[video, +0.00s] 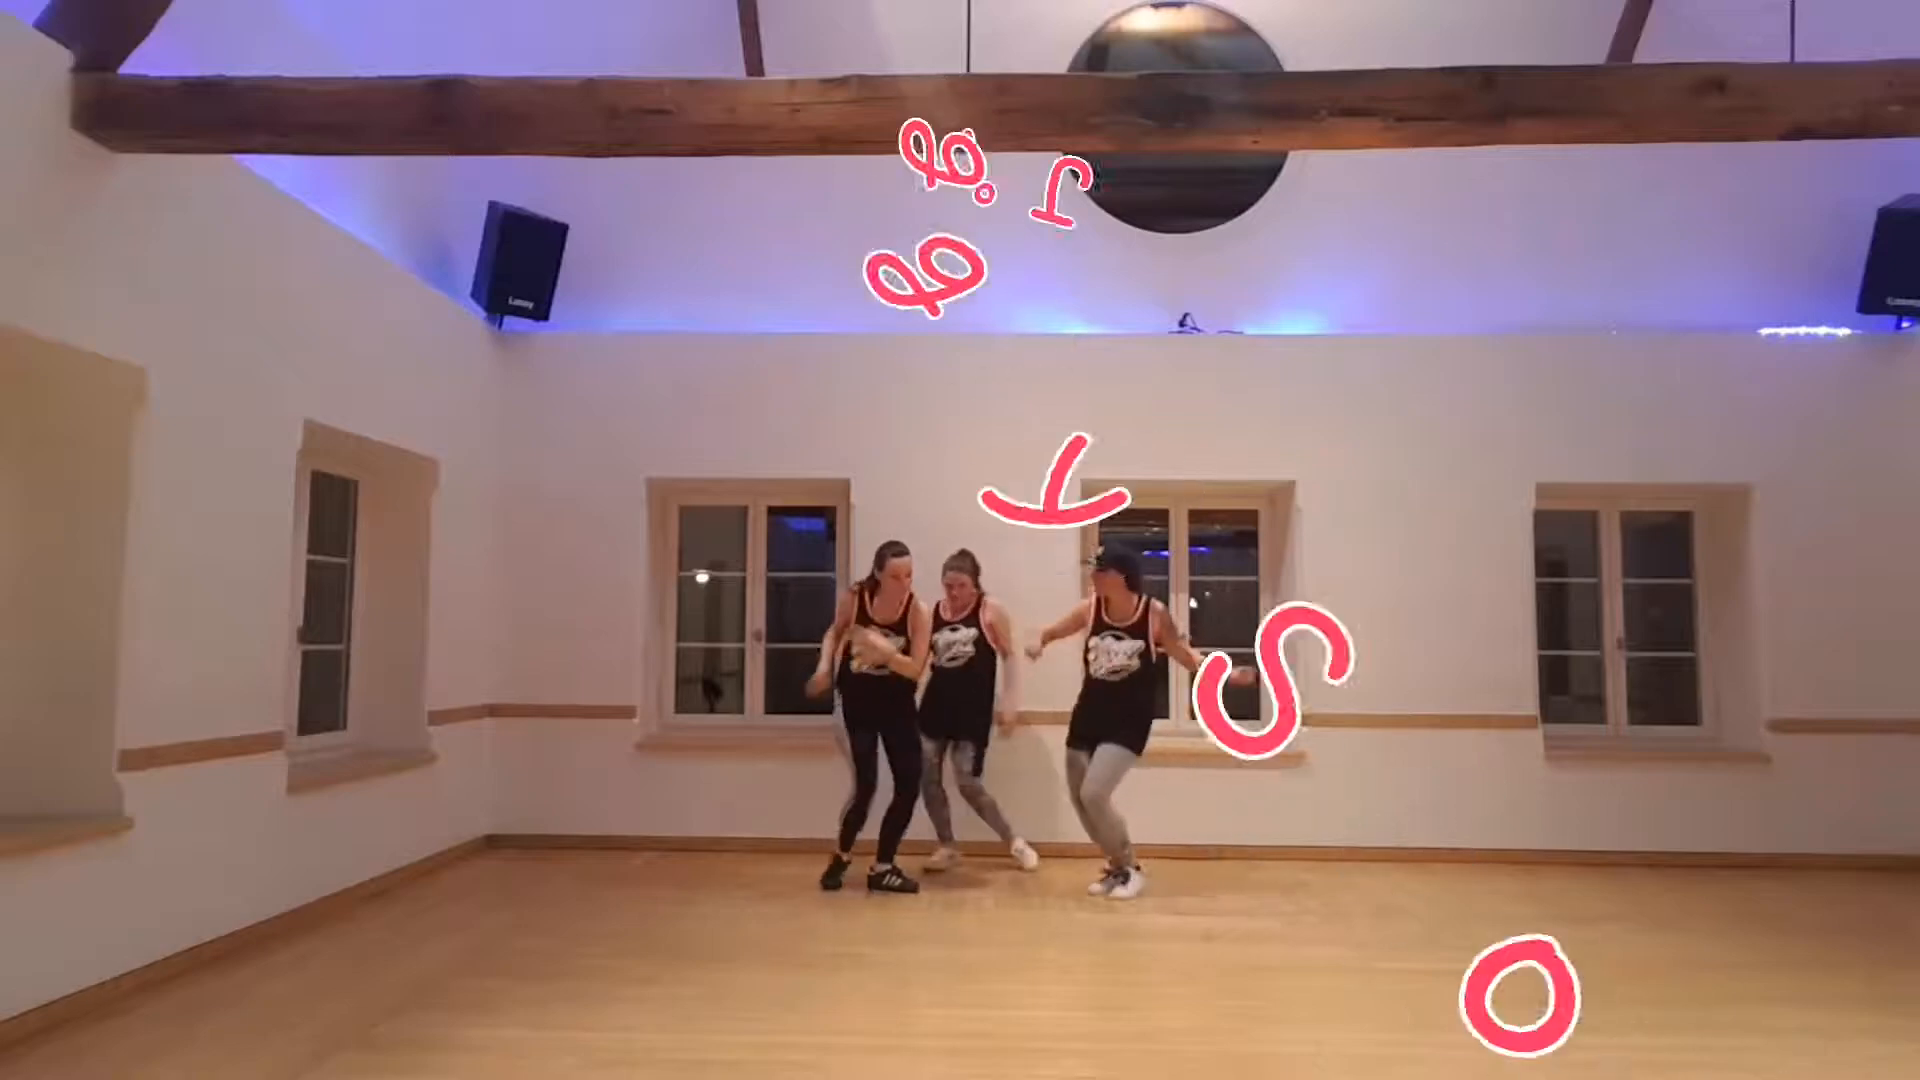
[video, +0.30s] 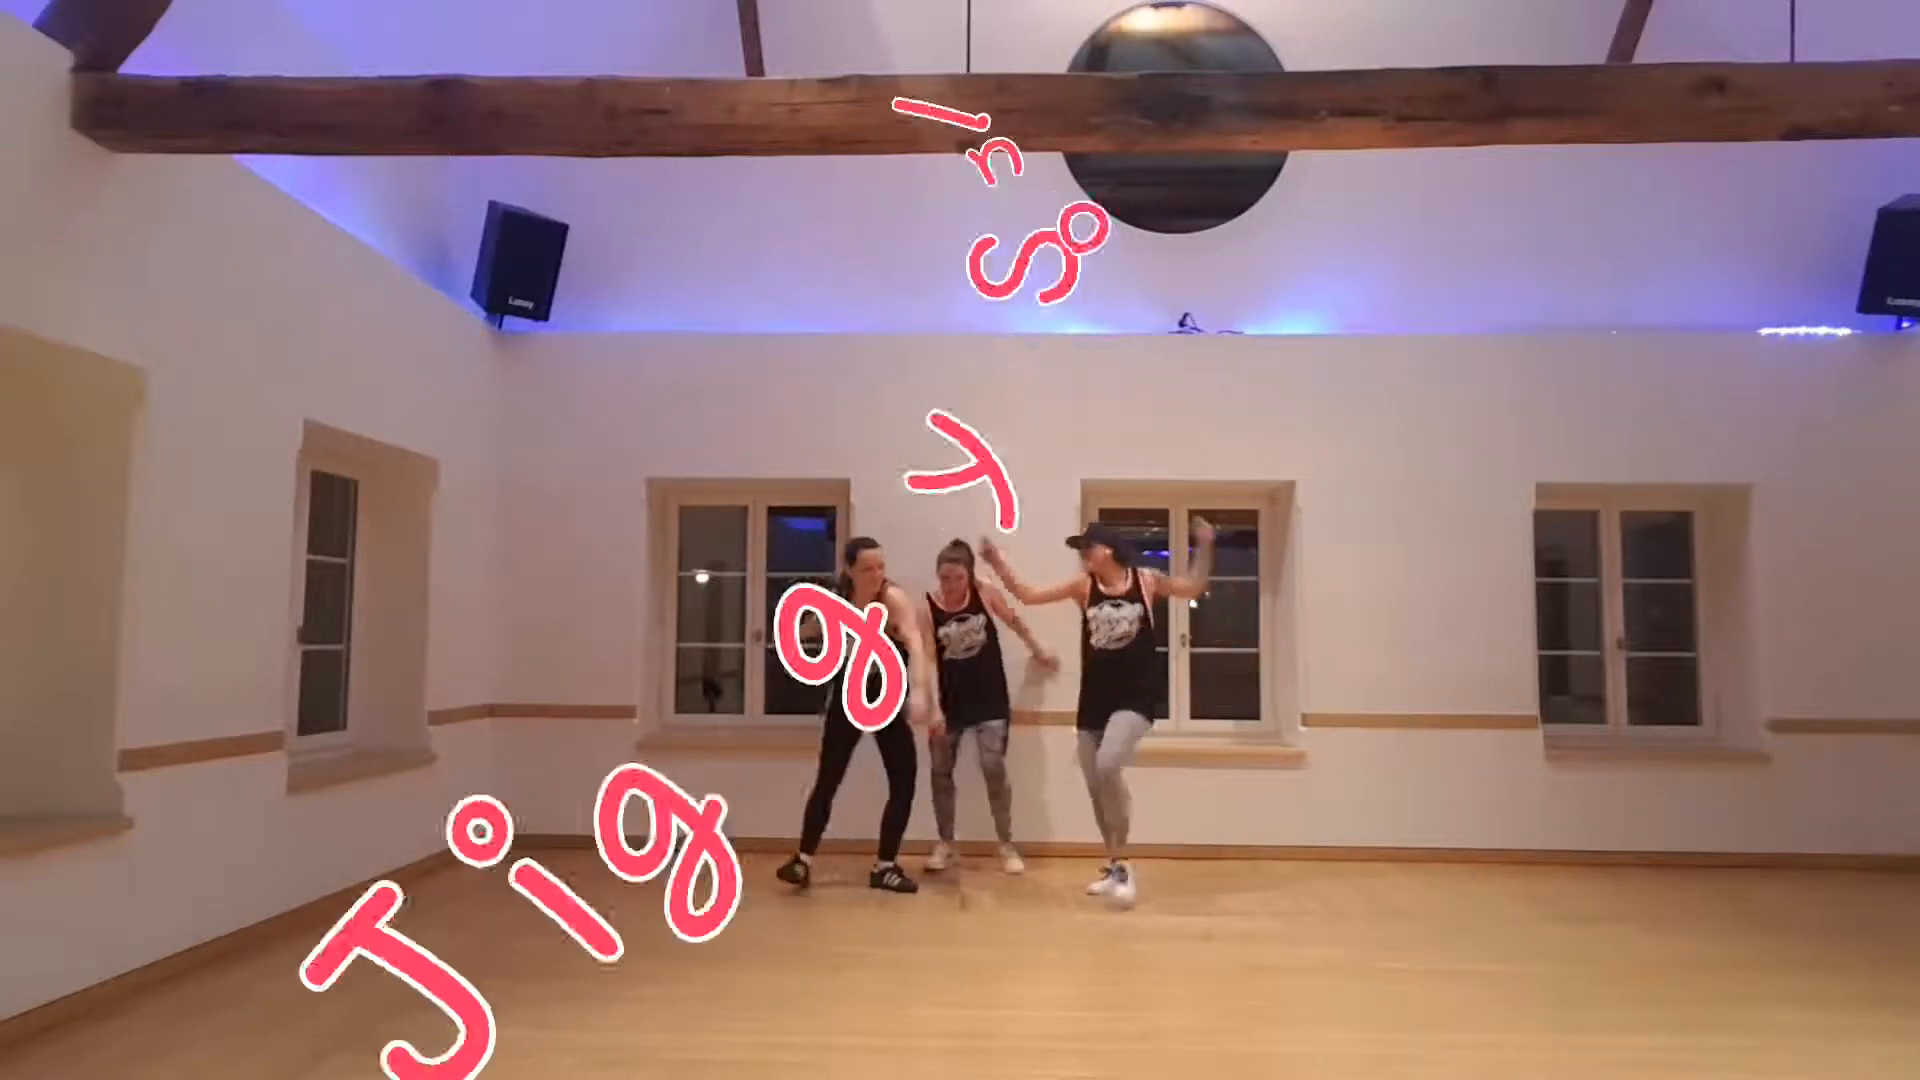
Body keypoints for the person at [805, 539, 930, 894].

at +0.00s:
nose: (906, 582)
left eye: (909, 575)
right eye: (899, 576)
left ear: (912, 573)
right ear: (878, 575)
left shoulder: (918, 610)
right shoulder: (854, 599)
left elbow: (916, 670)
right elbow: (836, 631)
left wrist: (885, 651)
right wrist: (824, 668)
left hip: (897, 700)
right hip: (857, 698)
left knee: (908, 786)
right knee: (865, 786)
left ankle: (883, 868)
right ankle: (842, 857)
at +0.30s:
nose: (879, 573)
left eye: (881, 566)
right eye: (871, 568)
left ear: (884, 566)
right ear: (851, 571)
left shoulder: (894, 598)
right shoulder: (838, 604)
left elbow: (915, 643)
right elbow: (822, 642)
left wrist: (920, 691)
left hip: (888, 699)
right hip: (845, 699)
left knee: (904, 782)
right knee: (827, 781)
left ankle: (885, 865)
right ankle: (803, 859)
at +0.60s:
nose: (838, 581)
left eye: (839, 575)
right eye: (829, 577)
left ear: (845, 581)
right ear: (808, 586)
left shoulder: (859, 614)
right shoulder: (795, 623)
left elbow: (904, 649)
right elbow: (776, 650)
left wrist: (941, 683)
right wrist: (747, 667)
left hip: (862, 717)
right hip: (817, 718)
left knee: (899, 790)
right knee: (788, 788)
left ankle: (897, 861)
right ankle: (795, 867)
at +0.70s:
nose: (835, 569)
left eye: (831, 563)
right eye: (826, 565)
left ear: (824, 575)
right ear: (804, 578)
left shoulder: (853, 603)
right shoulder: (785, 622)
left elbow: (890, 649)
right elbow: (766, 669)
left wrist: (917, 690)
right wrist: (745, 709)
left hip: (860, 710)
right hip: (814, 715)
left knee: (891, 787)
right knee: (795, 790)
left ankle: (897, 860)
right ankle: (796, 865)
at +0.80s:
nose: (827, 549)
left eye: (823, 545)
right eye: (819, 548)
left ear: (817, 569)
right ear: (803, 569)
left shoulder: (844, 590)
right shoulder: (784, 616)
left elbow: (868, 627)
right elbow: (773, 668)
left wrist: (886, 663)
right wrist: (759, 712)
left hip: (859, 701)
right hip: (815, 706)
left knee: (882, 781)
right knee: (802, 784)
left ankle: (893, 857)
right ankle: (796, 868)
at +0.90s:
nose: (831, 557)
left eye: (827, 552)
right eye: (824, 554)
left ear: (818, 568)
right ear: (806, 569)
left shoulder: (832, 589)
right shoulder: (787, 618)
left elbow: (851, 615)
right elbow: (777, 660)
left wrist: (873, 638)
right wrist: (775, 693)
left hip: (858, 697)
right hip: (818, 704)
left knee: (879, 777)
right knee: (809, 787)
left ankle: (884, 857)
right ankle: (799, 864)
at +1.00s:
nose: (835, 559)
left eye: (830, 553)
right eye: (829, 556)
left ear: (815, 571)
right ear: (812, 571)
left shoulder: (831, 594)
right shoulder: (794, 623)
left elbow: (839, 619)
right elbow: (788, 673)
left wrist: (852, 619)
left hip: (854, 695)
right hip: (817, 704)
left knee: (876, 775)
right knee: (820, 787)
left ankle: (875, 860)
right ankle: (801, 868)